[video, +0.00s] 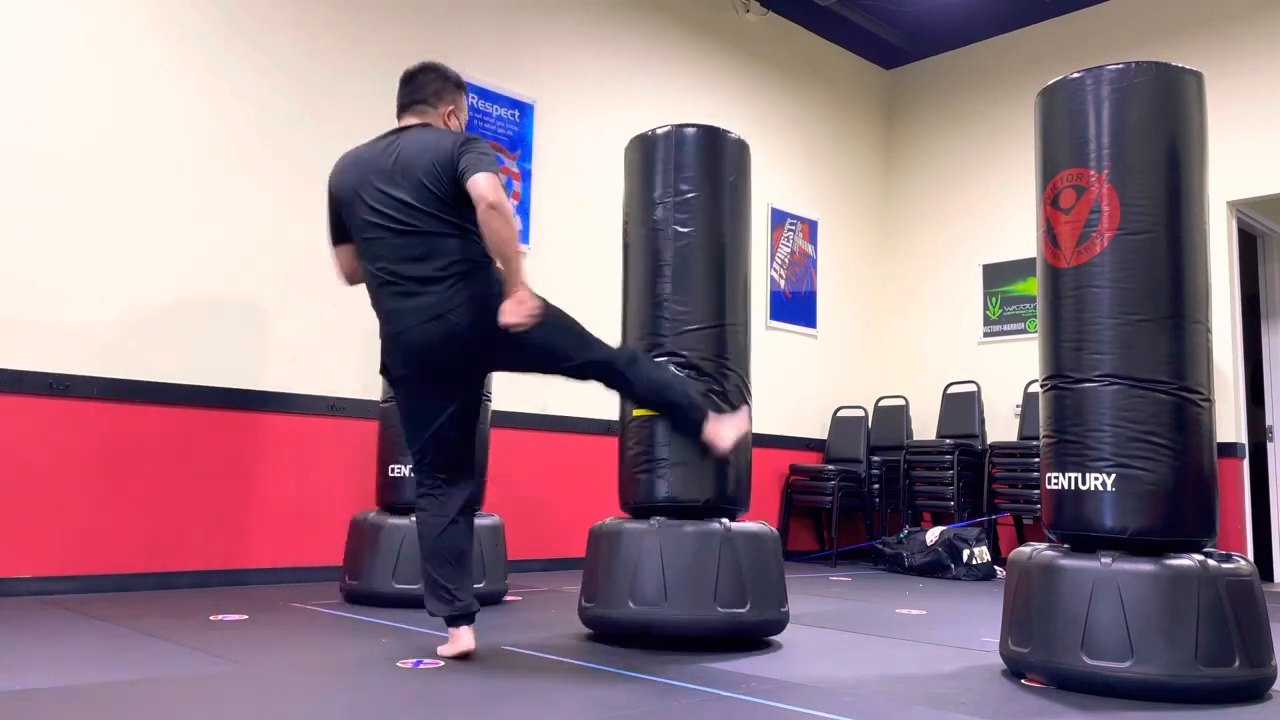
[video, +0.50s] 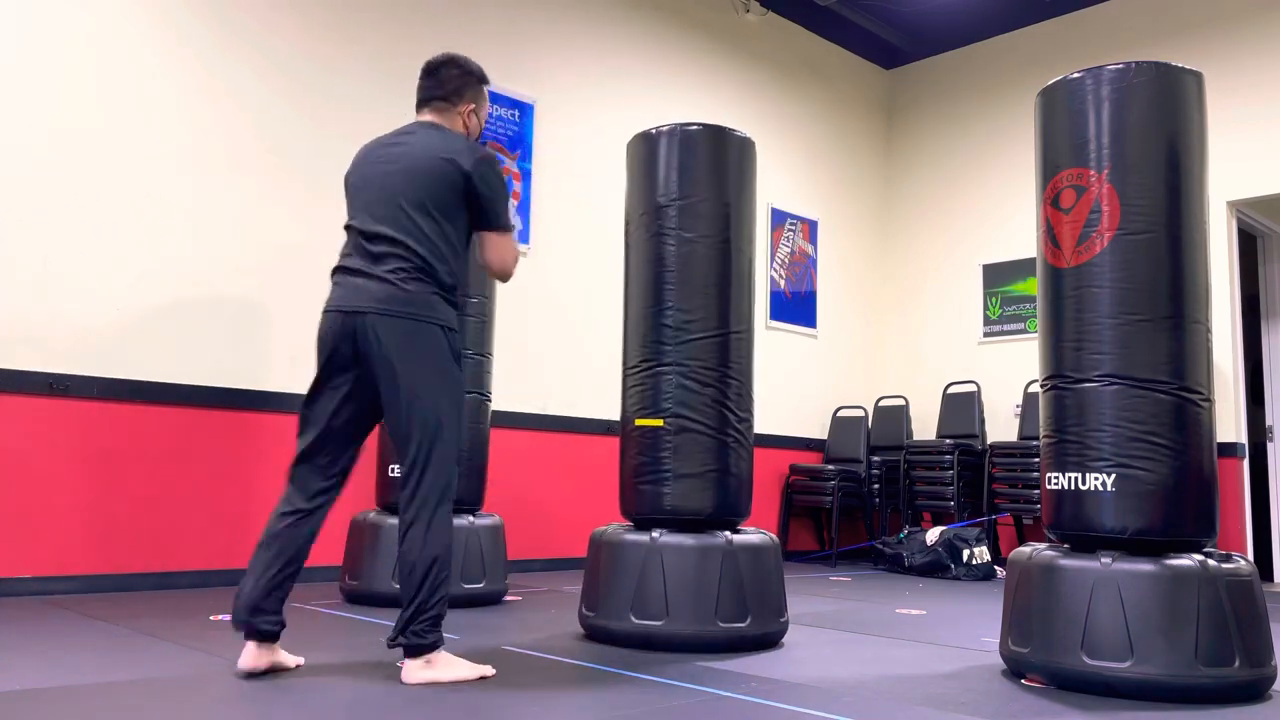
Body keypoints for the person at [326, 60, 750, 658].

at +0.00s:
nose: (464, 121)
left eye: (462, 114)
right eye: (464, 113)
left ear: (401, 110)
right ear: (450, 109)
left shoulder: (348, 169)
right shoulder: (460, 145)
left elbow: (351, 269)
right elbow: (487, 198)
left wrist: (405, 247)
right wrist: (516, 287)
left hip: (412, 346)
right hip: (486, 315)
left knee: (440, 484)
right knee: (604, 361)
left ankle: (458, 625)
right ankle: (709, 422)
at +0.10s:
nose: (462, 108)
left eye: (460, 101)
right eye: (462, 100)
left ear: (401, 98)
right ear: (450, 96)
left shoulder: (351, 160)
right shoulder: (458, 134)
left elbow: (314, 247)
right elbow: (509, 200)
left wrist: (378, 268)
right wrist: (554, 243)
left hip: (408, 331)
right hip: (476, 307)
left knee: (442, 476)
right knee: (583, 409)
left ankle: (452, 623)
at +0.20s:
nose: (470, 104)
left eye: (466, 95)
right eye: (467, 95)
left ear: (408, 100)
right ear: (455, 97)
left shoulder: (365, 159)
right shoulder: (472, 139)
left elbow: (317, 240)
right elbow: (532, 221)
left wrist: (378, 268)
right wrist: (547, 205)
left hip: (394, 324)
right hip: (457, 316)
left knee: (432, 475)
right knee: (491, 466)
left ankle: (439, 627)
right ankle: (449, 627)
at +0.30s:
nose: (482, 109)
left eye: (478, 100)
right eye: (480, 100)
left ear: (419, 103)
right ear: (469, 100)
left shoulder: (378, 158)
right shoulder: (488, 150)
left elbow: (344, 254)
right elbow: (543, 242)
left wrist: (403, 237)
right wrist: (505, 209)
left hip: (373, 317)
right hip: (436, 315)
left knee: (403, 467)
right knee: (425, 473)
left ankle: (414, 620)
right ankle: (420, 648)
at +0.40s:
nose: (486, 112)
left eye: (483, 103)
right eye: (486, 103)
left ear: (423, 100)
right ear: (472, 100)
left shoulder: (375, 150)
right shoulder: (484, 150)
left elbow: (374, 229)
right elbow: (526, 250)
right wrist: (503, 184)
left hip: (355, 312)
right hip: (422, 320)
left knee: (359, 476)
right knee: (426, 485)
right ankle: (421, 649)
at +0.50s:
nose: (485, 119)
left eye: (485, 110)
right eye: (485, 109)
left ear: (423, 103)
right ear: (470, 108)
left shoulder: (371, 153)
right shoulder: (473, 161)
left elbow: (387, 225)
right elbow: (502, 263)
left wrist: (468, 191)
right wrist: (498, 200)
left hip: (344, 313)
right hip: (413, 322)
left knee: (312, 479)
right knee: (431, 483)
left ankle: (258, 639)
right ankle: (422, 650)